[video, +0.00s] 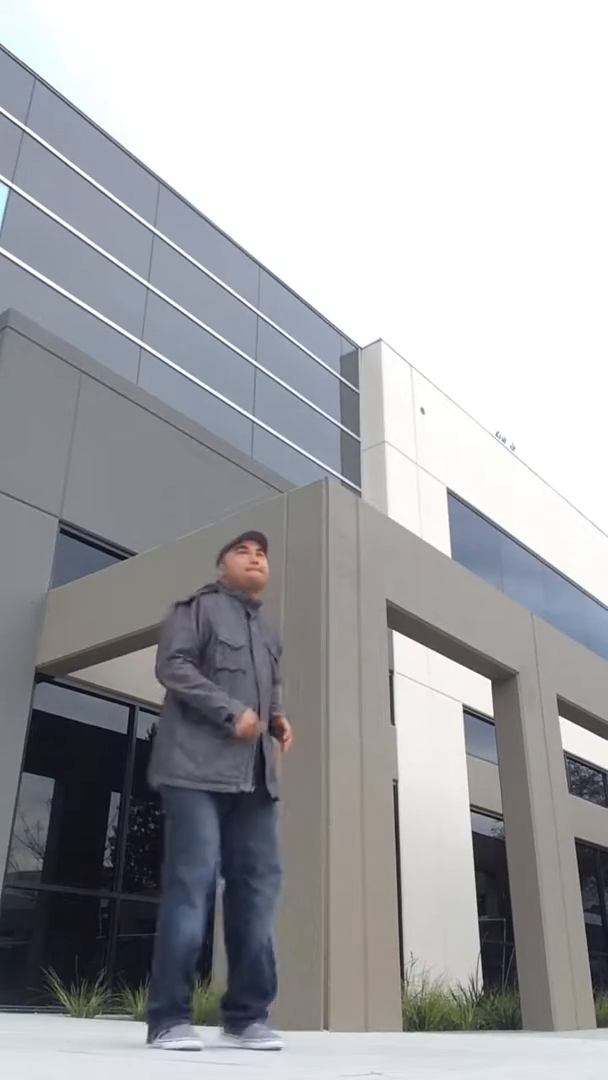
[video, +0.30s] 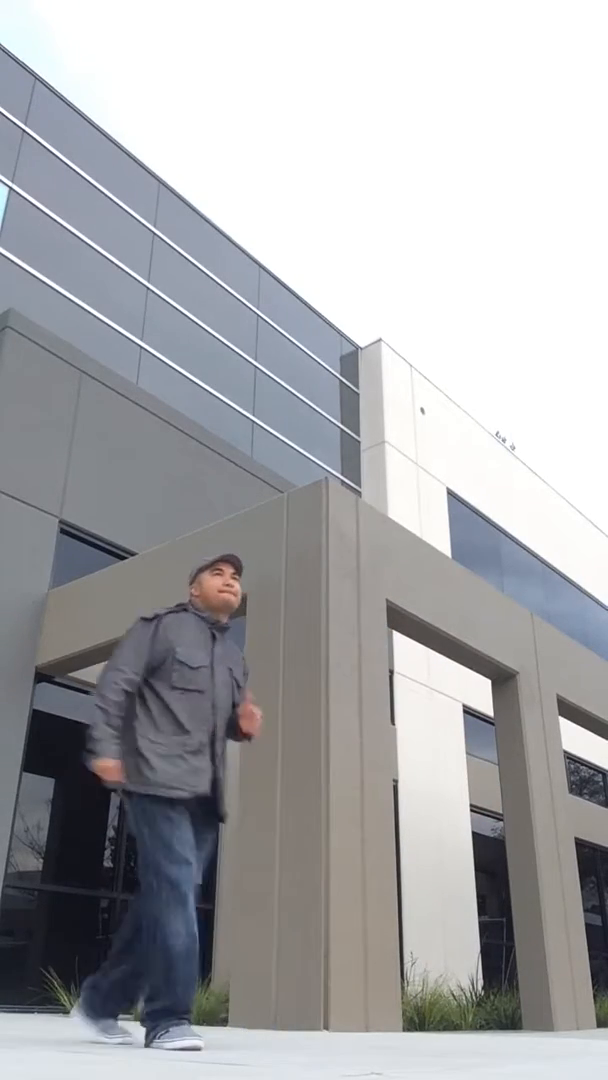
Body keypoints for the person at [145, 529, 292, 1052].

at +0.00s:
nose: (255, 559)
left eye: (262, 555)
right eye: (243, 552)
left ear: (268, 573)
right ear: (220, 566)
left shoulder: (269, 629)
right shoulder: (194, 610)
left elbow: (267, 693)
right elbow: (172, 667)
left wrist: (275, 717)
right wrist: (230, 711)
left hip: (251, 775)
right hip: (192, 768)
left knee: (258, 884)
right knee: (192, 880)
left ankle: (246, 1016)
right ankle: (170, 1019)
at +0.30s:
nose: (230, 582)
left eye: (236, 578)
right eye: (219, 574)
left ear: (239, 597)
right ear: (193, 588)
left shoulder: (232, 651)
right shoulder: (159, 627)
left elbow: (227, 717)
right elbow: (113, 686)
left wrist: (244, 722)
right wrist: (106, 748)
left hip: (205, 786)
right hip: (156, 778)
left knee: (171, 894)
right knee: (174, 889)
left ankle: (99, 1002)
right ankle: (168, 1022)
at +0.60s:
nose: (188, 598)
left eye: (197, 594)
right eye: (178, 592)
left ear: (205, 611)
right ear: (160, 605)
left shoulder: (212, 674)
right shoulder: (124, 644)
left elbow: (217, 737)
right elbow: (76, 702)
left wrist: (196, 737)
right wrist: (57, 758)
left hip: (166, 807)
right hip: (101, 791)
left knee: (134, 916)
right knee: (69, 896)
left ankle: (90, 1016)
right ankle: (11, 1003)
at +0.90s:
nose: (151, 591)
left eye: (161, 586)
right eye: (143, 586)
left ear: (176, 603)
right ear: (131, 602)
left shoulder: (193, 658)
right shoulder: (95, 644)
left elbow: (213, 720)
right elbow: (61, 691)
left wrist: (165, 705)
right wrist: (65, 726)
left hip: (142, 794)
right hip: (81, 785)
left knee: (117, 900)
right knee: (67, 895)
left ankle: (104, 1013)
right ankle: (57, 1011)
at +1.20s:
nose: (125, 606)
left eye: (137, 599)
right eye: (121, 601)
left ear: (161, 612)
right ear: (118, 616)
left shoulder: (180, 653)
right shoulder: (121, 669)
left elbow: (192, 714)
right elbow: (114, 733)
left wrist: (132, 741)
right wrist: (89, 772)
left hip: (150, 803)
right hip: (108, 802)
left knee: (125, 903)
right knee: (80, 898)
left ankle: (123, 1015)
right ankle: (84, 1006)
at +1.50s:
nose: (142, 609)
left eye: (152, 601)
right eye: (138, 604)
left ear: (179, 611)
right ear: (139, 619)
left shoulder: (195, 644)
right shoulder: (155, 665)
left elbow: (219, 701)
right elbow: (159, 729)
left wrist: (174, 754)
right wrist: (131, 754)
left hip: (184, 794)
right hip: (156, 797)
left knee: (146, 898)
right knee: (182, 901)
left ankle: (126, 1013)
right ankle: (229, 1009)